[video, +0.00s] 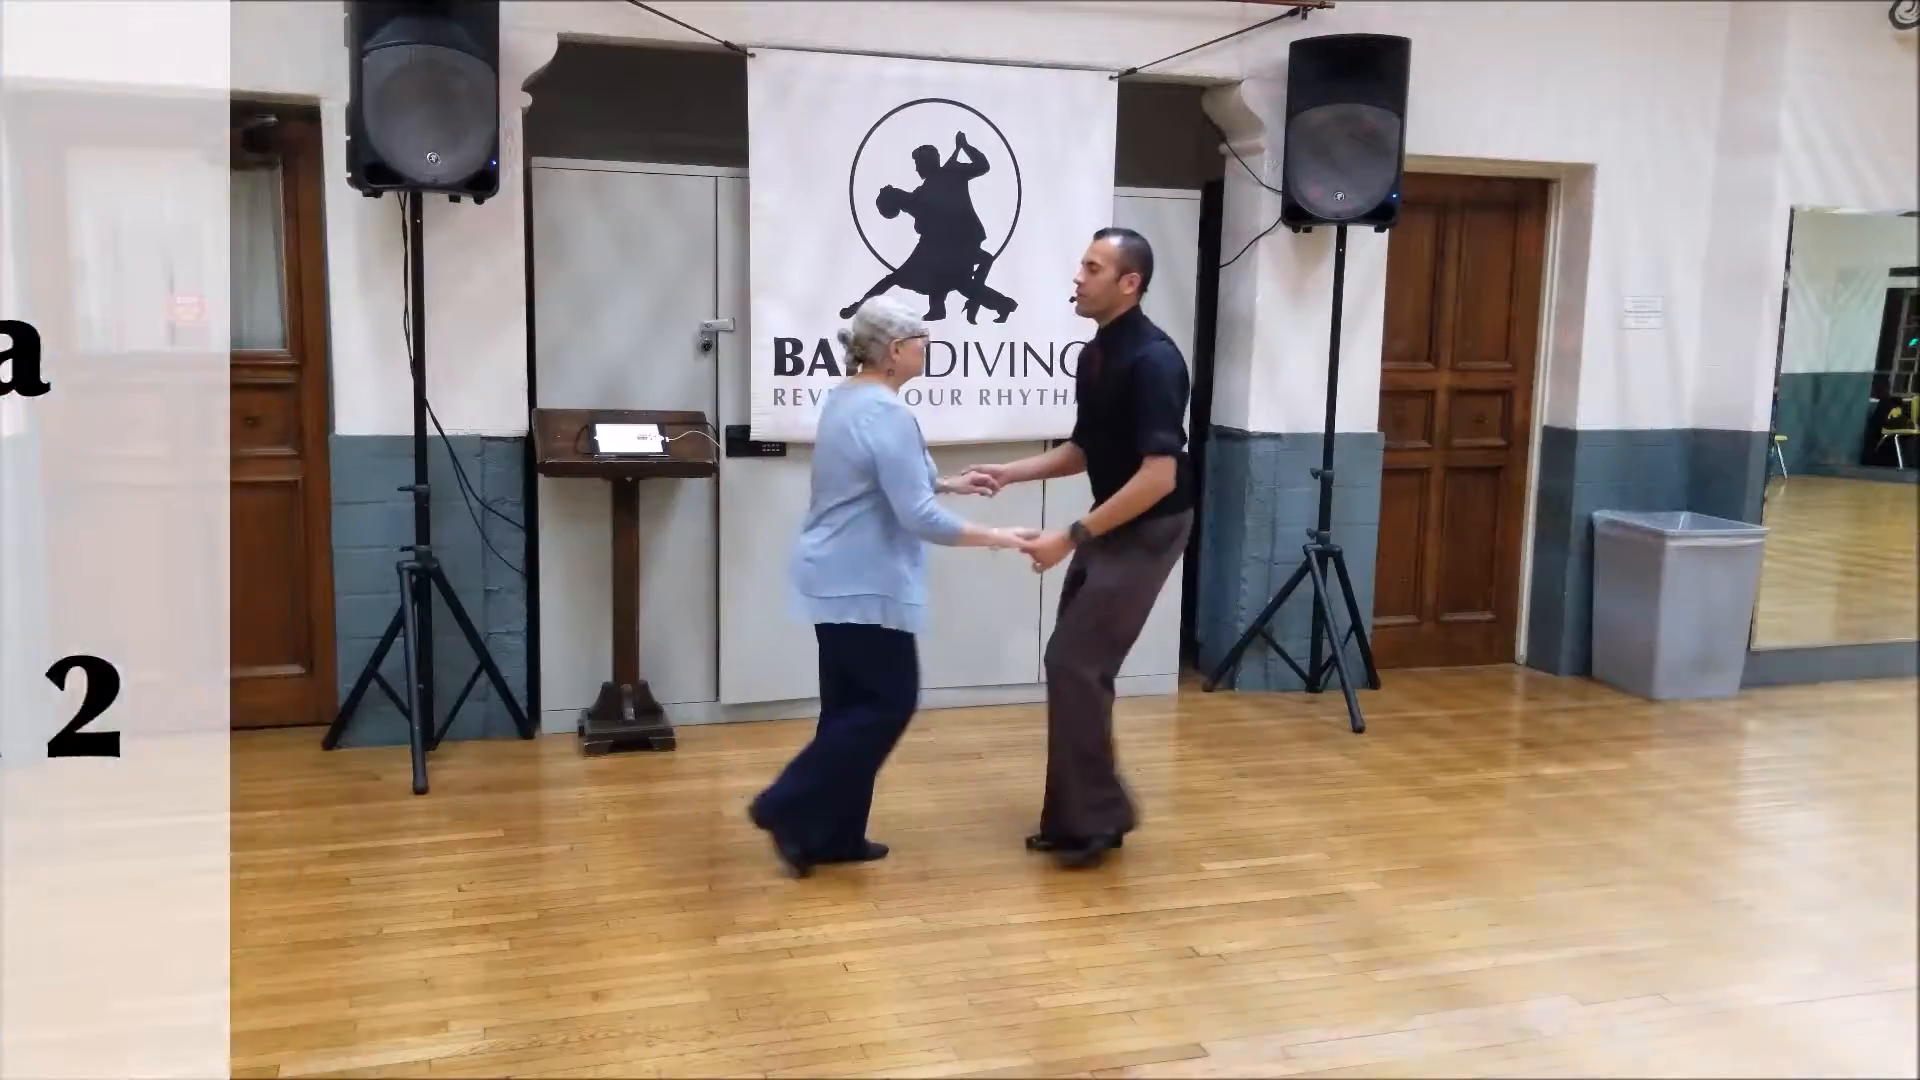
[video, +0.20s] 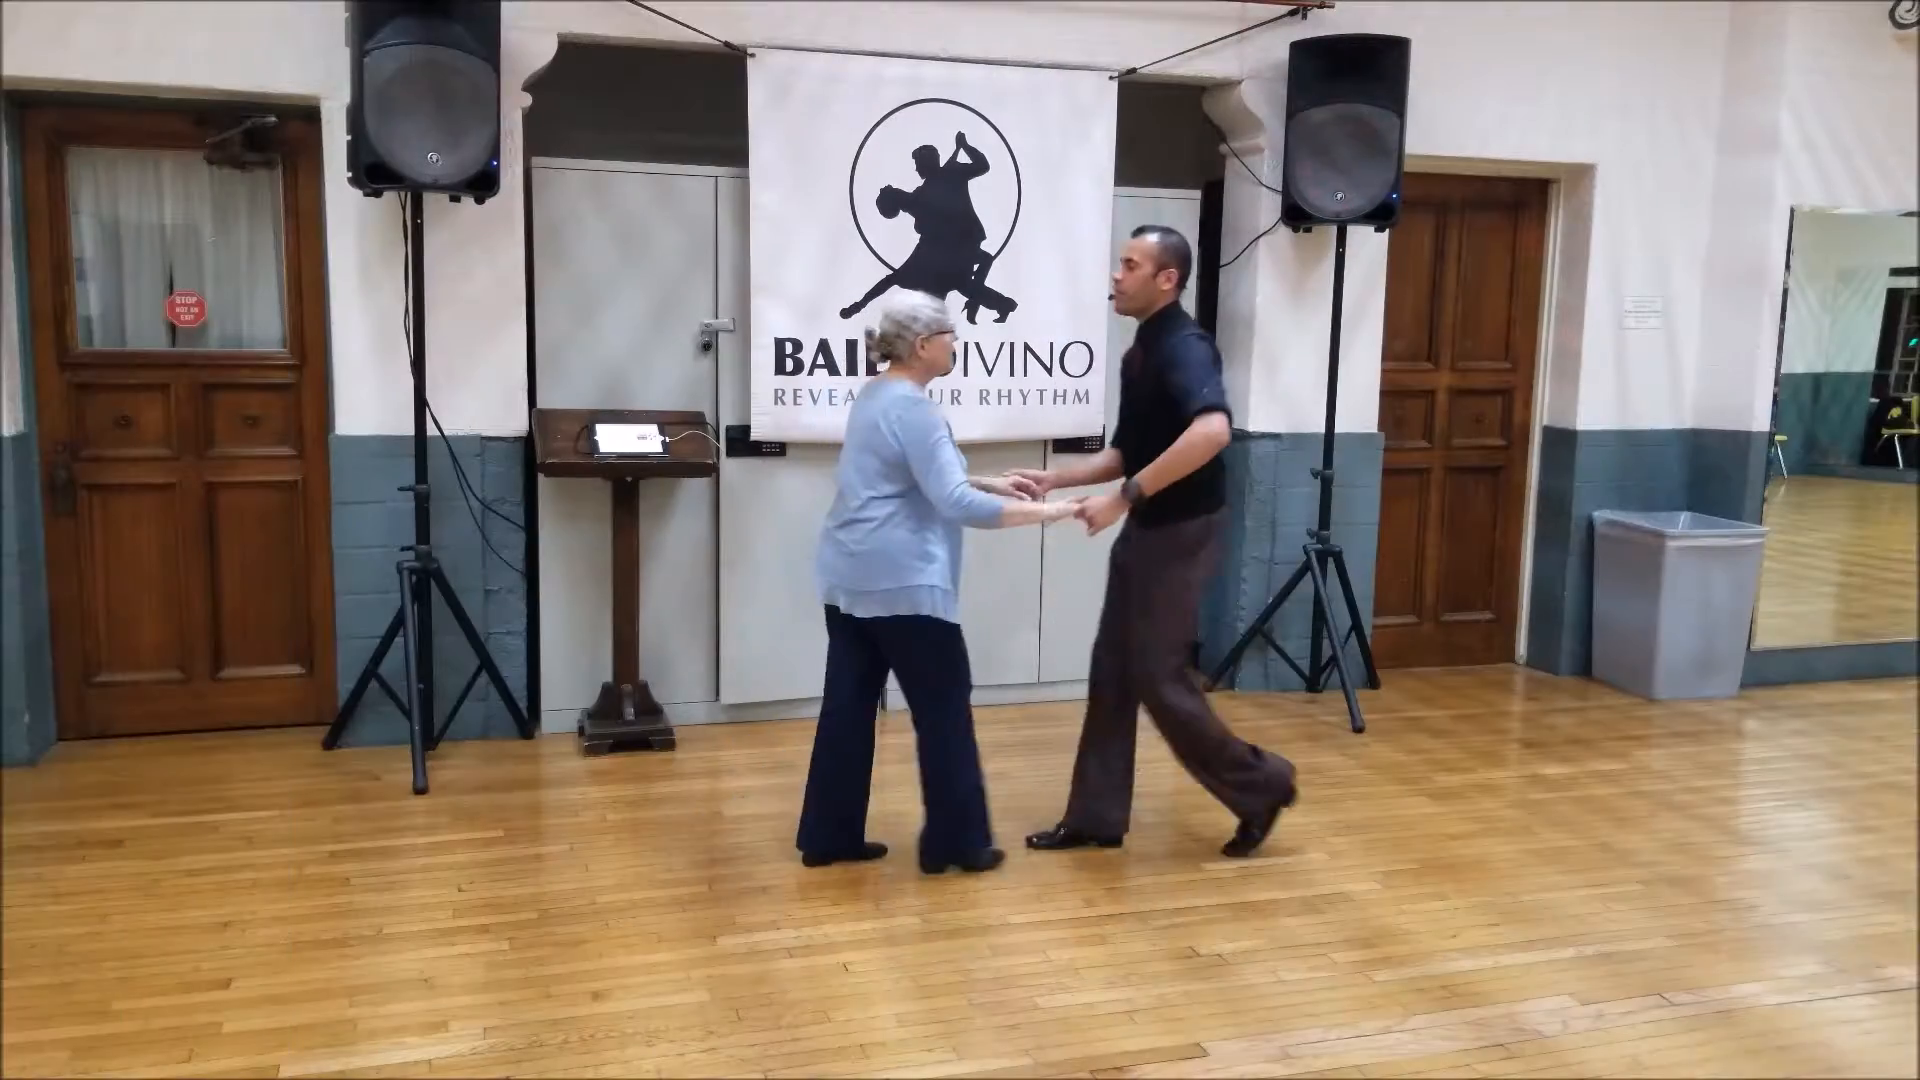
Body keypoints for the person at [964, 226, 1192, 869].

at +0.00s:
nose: (1079, 278)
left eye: (1093, 270)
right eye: (1082, 267)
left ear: (1130, 283)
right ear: (1114, 281)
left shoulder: (1154, 359)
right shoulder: (1096, 350)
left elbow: (1160, 475)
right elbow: (1087, 450)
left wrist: (1075, 533)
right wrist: (1010, 474)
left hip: (1151, 526)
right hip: (1110, 521)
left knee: (1077, 661)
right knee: (1069, 661)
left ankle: (1099, 815)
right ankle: (1071, 816)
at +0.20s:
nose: (1116, 277)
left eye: (1129, 267)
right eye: (1119, 266)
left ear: (1166, 278)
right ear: (1152, 278)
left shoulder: (1184, 343)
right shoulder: (1144, 350)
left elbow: (1212, 429)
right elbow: (1129, 455)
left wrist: (1124, 497)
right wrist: (1054, 480)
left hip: (1181, 531)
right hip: (1146, 528)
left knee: (1159, 675)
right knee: (1113, 671)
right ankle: (1096, 817)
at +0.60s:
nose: (1205, 279)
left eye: (1220, 272)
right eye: (1206, 269)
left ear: (1257, 285)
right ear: (1215, 282)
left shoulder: (1284, 360)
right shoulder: (1213, 357)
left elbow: (1279, 474)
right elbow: (1204, 455)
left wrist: (1183, 500)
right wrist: (1149, 488)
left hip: (1296, 534)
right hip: (1237, 532)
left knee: (1299, 678)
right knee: (1207, 665)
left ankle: (1297, 823)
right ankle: (1276, 786)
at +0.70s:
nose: (1221, 278)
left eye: (1237, 271)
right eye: (1223, 268)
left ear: (1275, 284)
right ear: (1229, 279)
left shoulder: (1298, 359)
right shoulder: (1225, 352)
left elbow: (1282, 477)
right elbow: (1215, 446)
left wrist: (1187, 513)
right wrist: (1146, 473)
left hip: (1304, 530)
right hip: (1255, 528)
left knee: (1305, 677)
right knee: (1251, 677)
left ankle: (1300, 823)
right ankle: (1340, 775)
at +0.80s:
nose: (1232, 281)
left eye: (1247, 274)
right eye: (1233, 270)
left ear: (1285, 288)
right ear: (1235, 277)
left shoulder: (1305, 362)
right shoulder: (1235, 355)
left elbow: (1292, 480)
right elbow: (1232, 446)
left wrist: (1199, 524)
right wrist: (1161, 464)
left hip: (1306, 530)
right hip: (1266, 529)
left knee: (1277, 670)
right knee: (1307, 666)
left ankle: (1300, 820)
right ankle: (1364, 800)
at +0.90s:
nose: (1236, 285)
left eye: (1252, 278)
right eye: (1237, 274)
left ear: (1289, 293)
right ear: (1237, 282)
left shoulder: (1307, 366)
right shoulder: (1243, 361)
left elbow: (1306, 478)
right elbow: (1234, 452)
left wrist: (1218, 528)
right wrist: (1164, 473)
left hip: (1308, 529)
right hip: (1272, 528)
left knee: (1242, 663)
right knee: (1316, 664)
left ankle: (1281, 806)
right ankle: (1372, 806)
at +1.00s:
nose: (1235, 290)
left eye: (1251, 283)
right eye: (1236, 279)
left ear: (1288, 296)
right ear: (1238, 285)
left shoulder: (1303, 364)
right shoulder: (1243, 366)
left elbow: (1322, 462)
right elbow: (1232, 459)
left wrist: (1229, 512)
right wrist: (1166, 492)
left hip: (1301, 536)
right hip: (1272, 535)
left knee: (1212, 660)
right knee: (1315, 671)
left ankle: (1265, 803)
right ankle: (1370, 805)